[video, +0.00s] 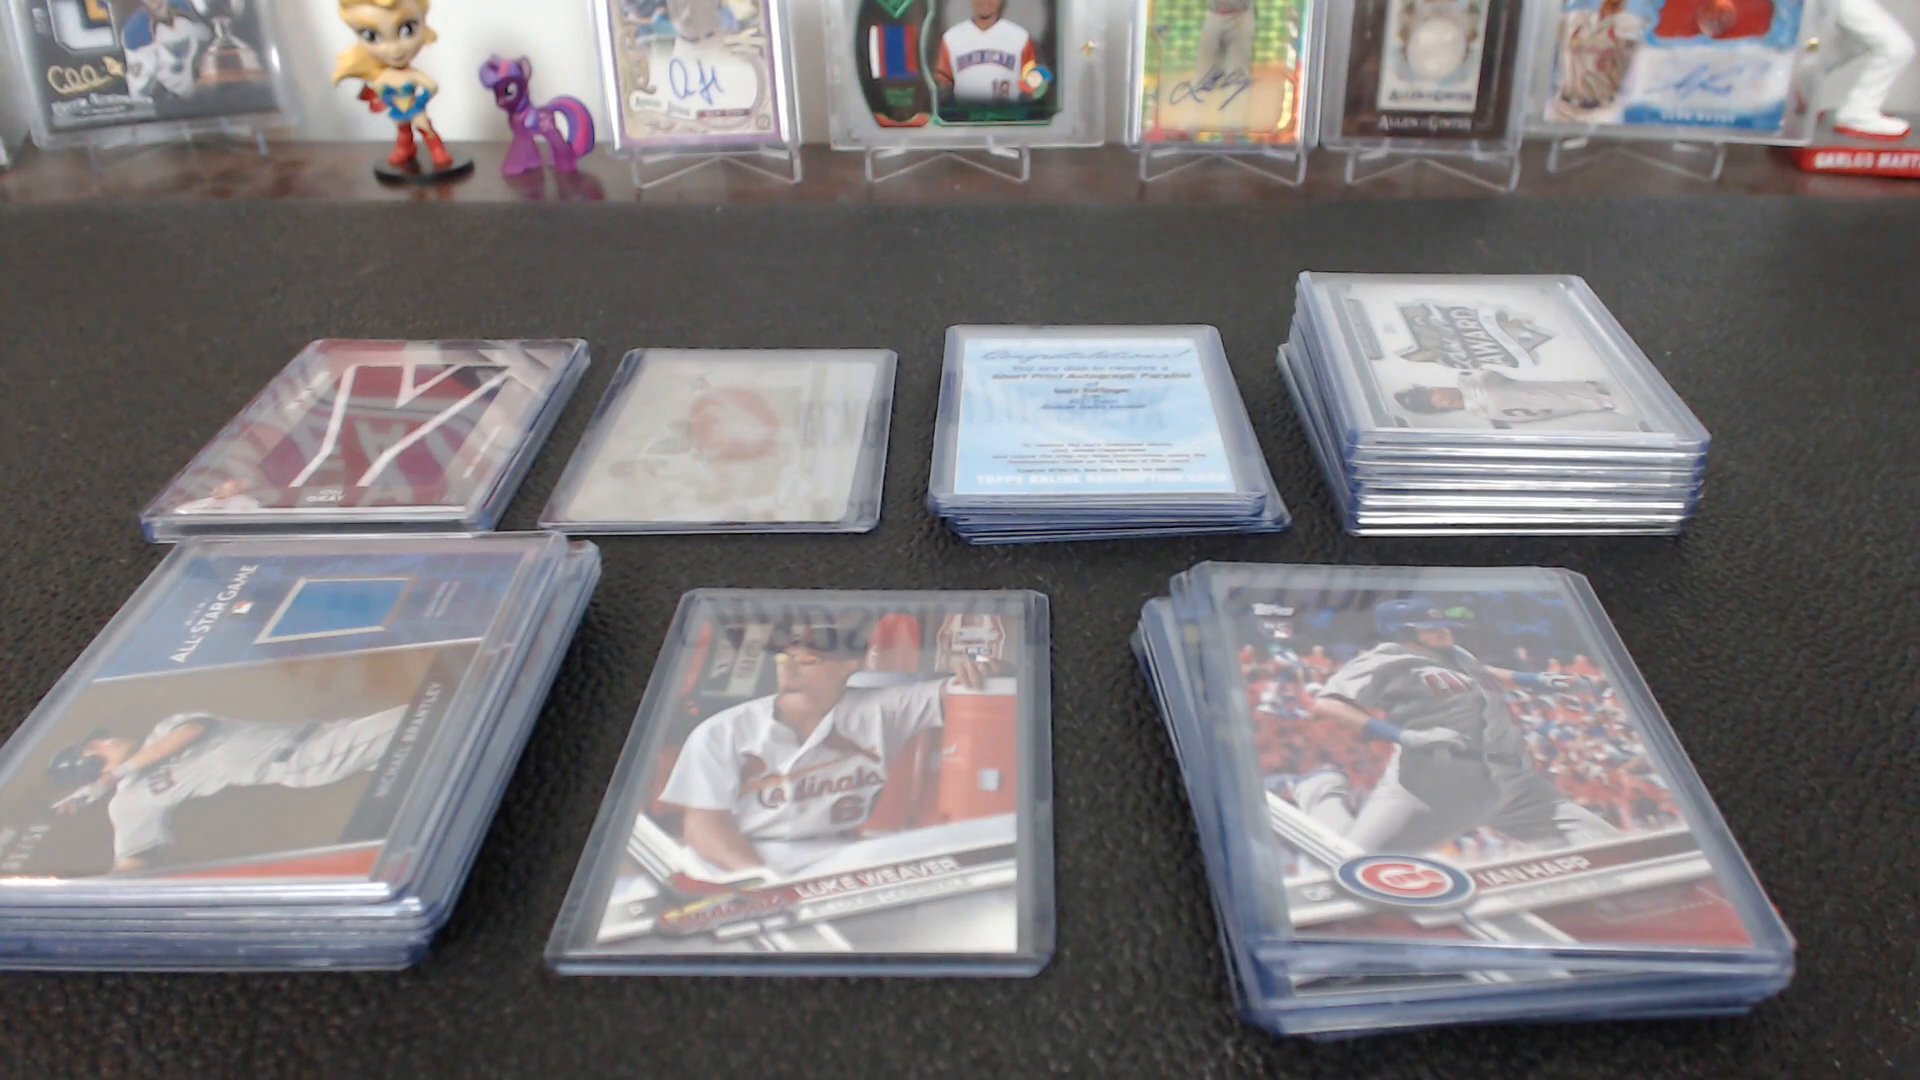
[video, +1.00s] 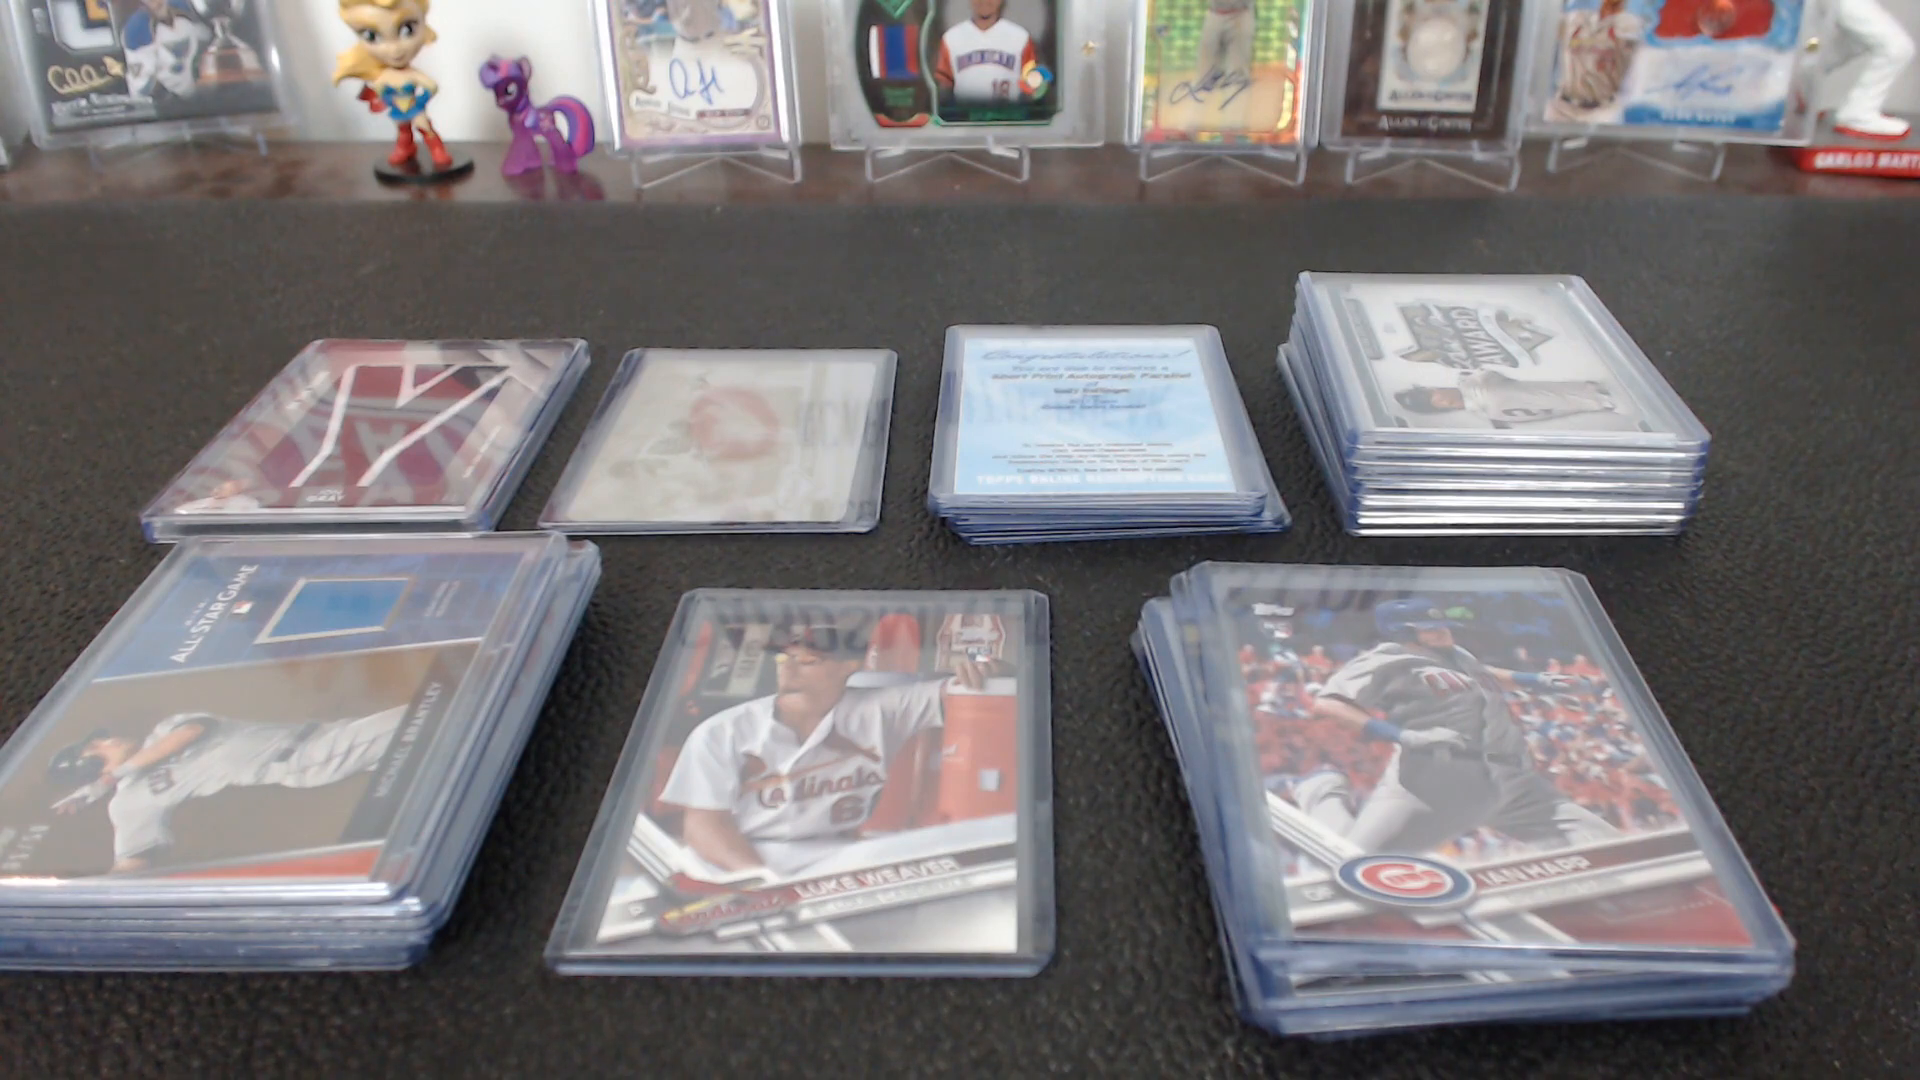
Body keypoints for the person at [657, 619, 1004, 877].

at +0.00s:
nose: (795, 657)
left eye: (817, 647)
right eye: (787, 645)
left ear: (853, 663)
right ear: (776, 655)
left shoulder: (875, 715)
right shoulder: (720, 735)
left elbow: (954, 691)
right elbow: (703, 828)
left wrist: (973, 672)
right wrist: (767, 883)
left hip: (827, 867)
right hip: (729, 872)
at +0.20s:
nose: (792, 660)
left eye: (814, 650)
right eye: (785, 648)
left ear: (853, 664)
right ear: (775, 657)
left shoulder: (875, 714)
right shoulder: (720, 735)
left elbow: (957, 690)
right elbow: (703, 829)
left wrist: (974, 671)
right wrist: (767, 884)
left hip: (827, 867)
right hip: (728, 872)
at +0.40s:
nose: (793, 660)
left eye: (814, 650)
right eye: (785, 648)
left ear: (852, 664)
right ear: (775, 657)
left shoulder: (875, 715)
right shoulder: (720, 736)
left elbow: (957, 690)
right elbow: (703, 829)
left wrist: (974, 672)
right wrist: (768, 884)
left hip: (827, 868)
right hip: (728, 872)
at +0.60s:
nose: (792, 660)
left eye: (814, 650)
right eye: (785, 648)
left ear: (853, 664)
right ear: (775, 658)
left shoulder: (875, 714)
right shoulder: (720, 735)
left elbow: (958, 690)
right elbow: (702, 828)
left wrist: (974, 671)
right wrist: (767, 884)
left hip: (827, 867)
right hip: (728, 871)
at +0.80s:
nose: (792, 660)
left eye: (814, 650)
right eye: (785, 648)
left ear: (853, 664)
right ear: (775, 657)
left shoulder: (875, 714)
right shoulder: (720, 736)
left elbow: (956, 691)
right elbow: (703, 829)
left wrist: (973, 672)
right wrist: (767, 884)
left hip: (827, 867)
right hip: (728, 872)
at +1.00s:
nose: (793, 660)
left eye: (814, 650)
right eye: (786, 648)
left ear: (853, 664)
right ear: (775, 657)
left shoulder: (875, 714)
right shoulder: (720, 736)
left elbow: (957, 690)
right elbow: (703, 829)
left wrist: (973, 672)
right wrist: (768, 884)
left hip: (827, 868)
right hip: (729, 871)